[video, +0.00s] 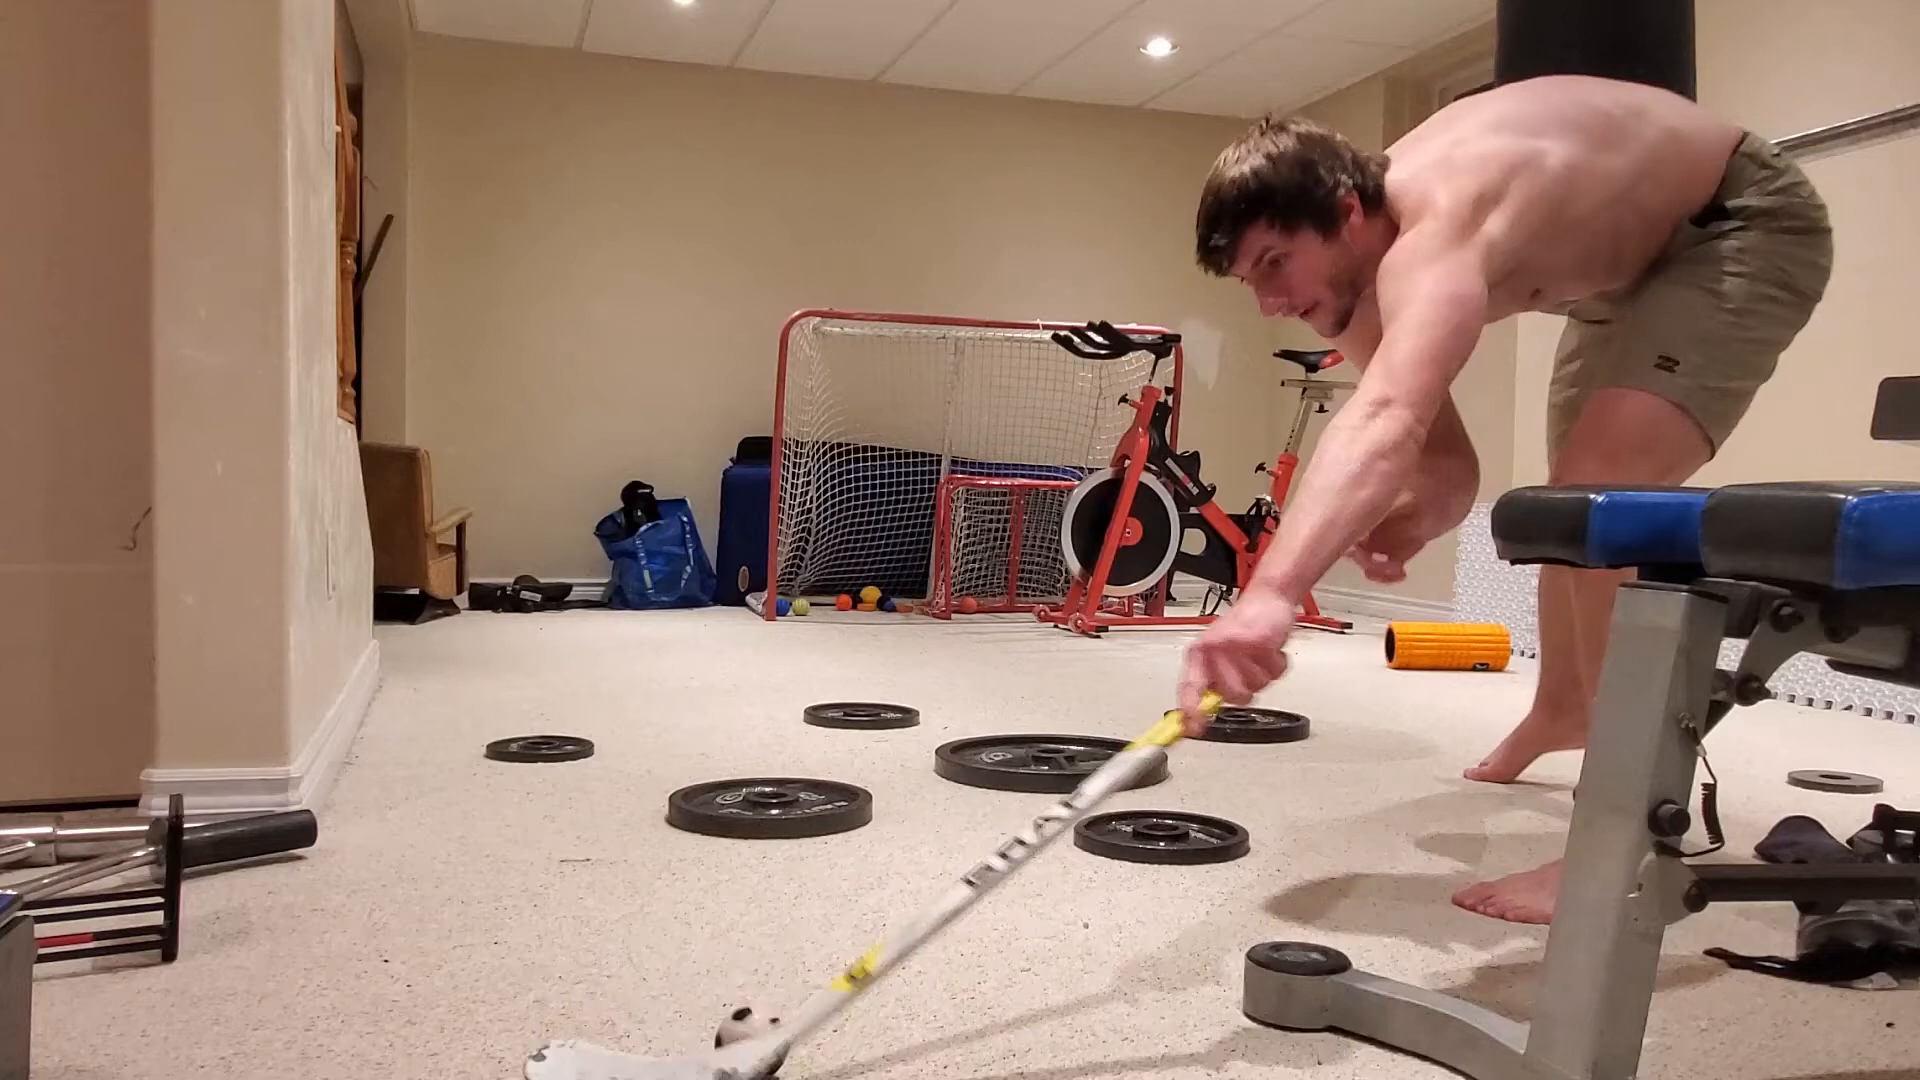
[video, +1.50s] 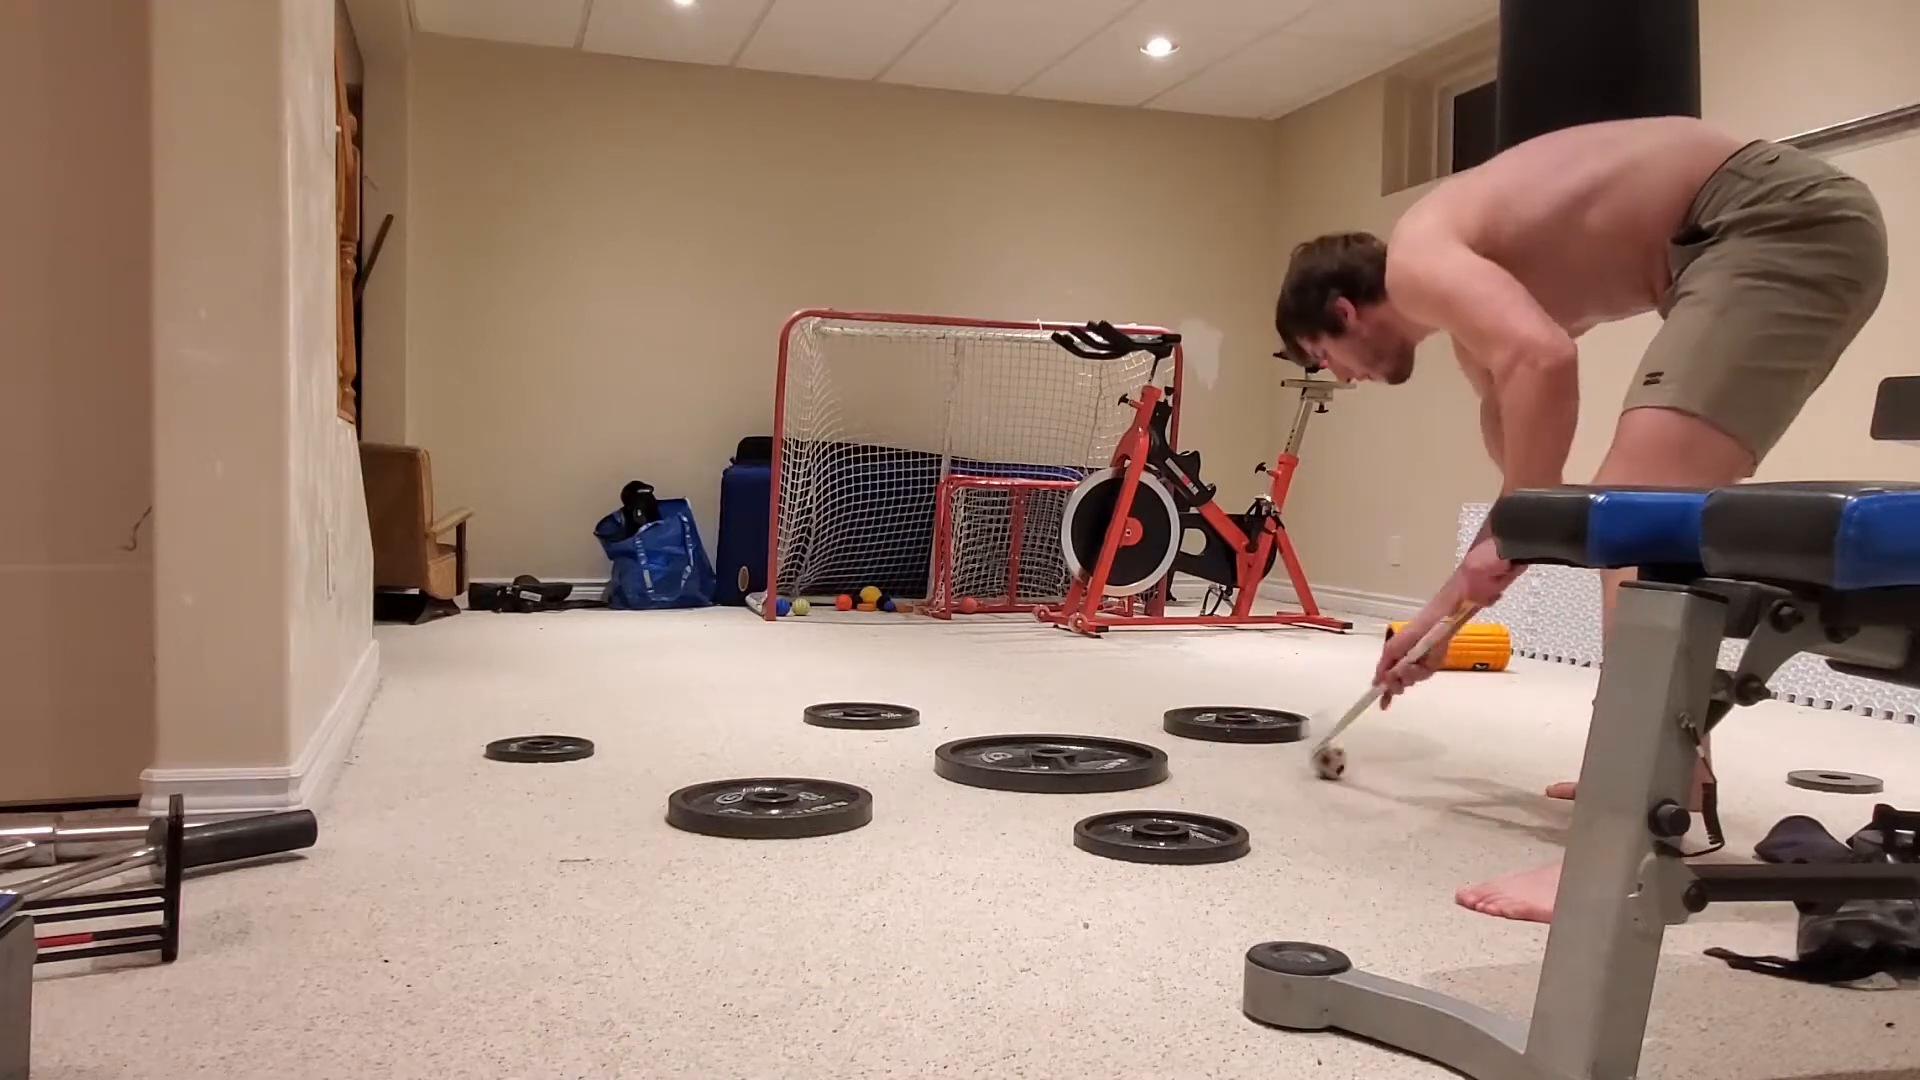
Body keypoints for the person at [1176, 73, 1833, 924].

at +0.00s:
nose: (1270, 303)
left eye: (1275, 264)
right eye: (1252, 284)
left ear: (1350, 214)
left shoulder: (1436, 246)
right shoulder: (1356, 289)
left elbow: (1388, 422)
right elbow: (1447, 460)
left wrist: (1270, 594)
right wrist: (1410, 522)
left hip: (1738, 217)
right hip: (1616, 270)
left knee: (1604, 486)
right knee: (1564, 494)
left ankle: (1620, 840)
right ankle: (1564, 710)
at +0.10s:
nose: (1272, 307)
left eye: (1276, 266)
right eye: (1252, 288)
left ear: (1345, 211)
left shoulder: (1433, 226)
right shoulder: (1360, 289)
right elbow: (1458, 453)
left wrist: (1289, 587)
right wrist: (1416, 542)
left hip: (1749, 203)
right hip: (1635, 256)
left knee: (1607, 492)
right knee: (1570, 490)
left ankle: (1623, 844)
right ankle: (1563, 704)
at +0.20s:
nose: (1255, 290)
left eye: (1256, 250)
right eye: (1235, 272)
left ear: (1319, 189)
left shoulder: (1431, 188)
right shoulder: (1365, 272)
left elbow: (1602, 340)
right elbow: (1474, 408)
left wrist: (1434, 507)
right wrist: (1436, 552)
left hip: (1761, 182)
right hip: (1659, 219)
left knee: (1615, 467)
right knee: (1587, 458)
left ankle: (1623, 846)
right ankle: (1610, 725)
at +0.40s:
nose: (1262, 263)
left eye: (1260, 225)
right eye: (1243, 245)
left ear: (1320, 160)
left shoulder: (1476, 141)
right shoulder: (1366, 247)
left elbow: (1700, 273)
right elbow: (1445, 410)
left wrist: (1521, 450)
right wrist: (1389, 557)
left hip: (1773, 164)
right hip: (1661, 208)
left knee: (1635, 501)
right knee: (1609, 491)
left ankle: (1624, 846)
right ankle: (1641, 752)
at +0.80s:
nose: (1276, 241)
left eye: (1274, 205)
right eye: (1258, 226)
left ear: (1330, 138)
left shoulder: (1493, 112)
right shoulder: (1390, 237)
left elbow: (1738, 180)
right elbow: (1490, 387)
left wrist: (1633, 392)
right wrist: (1500, 485)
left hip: (1789, 167)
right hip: (1663, 224)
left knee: (1662, 505)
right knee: (1602, 493)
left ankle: (1625, 847)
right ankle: (1662, 754)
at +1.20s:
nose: (1297, 303)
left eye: (1282, 278)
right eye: (1278, 292)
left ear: (1314, 222)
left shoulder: (1422, 178)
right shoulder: (1448, 286)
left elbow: (1623, 242)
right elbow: (1578, 407)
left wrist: (1594, 429)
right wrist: (1565, 571)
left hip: (1784, 187)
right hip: (1713, 234)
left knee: (1690, 500)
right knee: (1662, 495)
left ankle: (1639, 843)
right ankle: (1673, 786)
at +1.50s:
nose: (1345, 380)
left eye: (1326, 361)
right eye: (1326, 372)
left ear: (1345, 311)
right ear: (1353, 312)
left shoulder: (1419, 257)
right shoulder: (1482, 345)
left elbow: (1544, 359)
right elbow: (1528, 490)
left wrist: (1515, 534)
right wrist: (1441, 616)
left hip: (1777, 219)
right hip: (1749, 236)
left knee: (1635, 521)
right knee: (1642, 515)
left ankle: (1632, 841)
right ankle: (1677, 771)